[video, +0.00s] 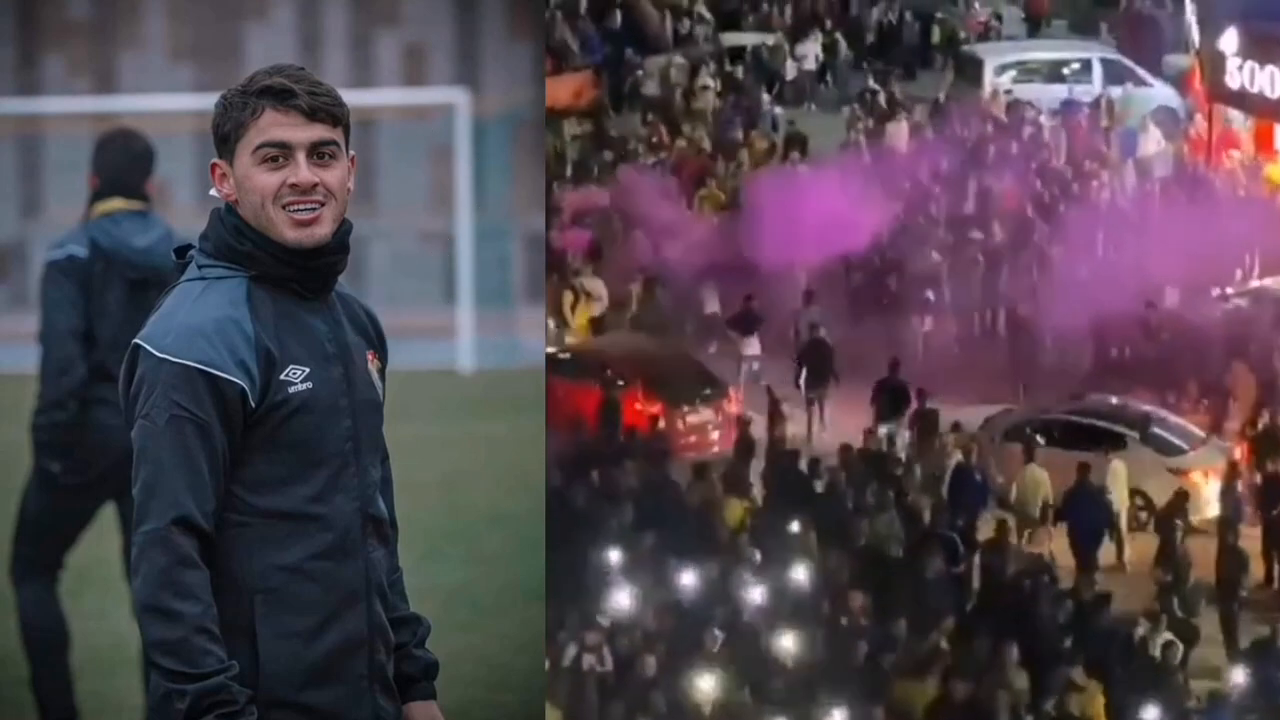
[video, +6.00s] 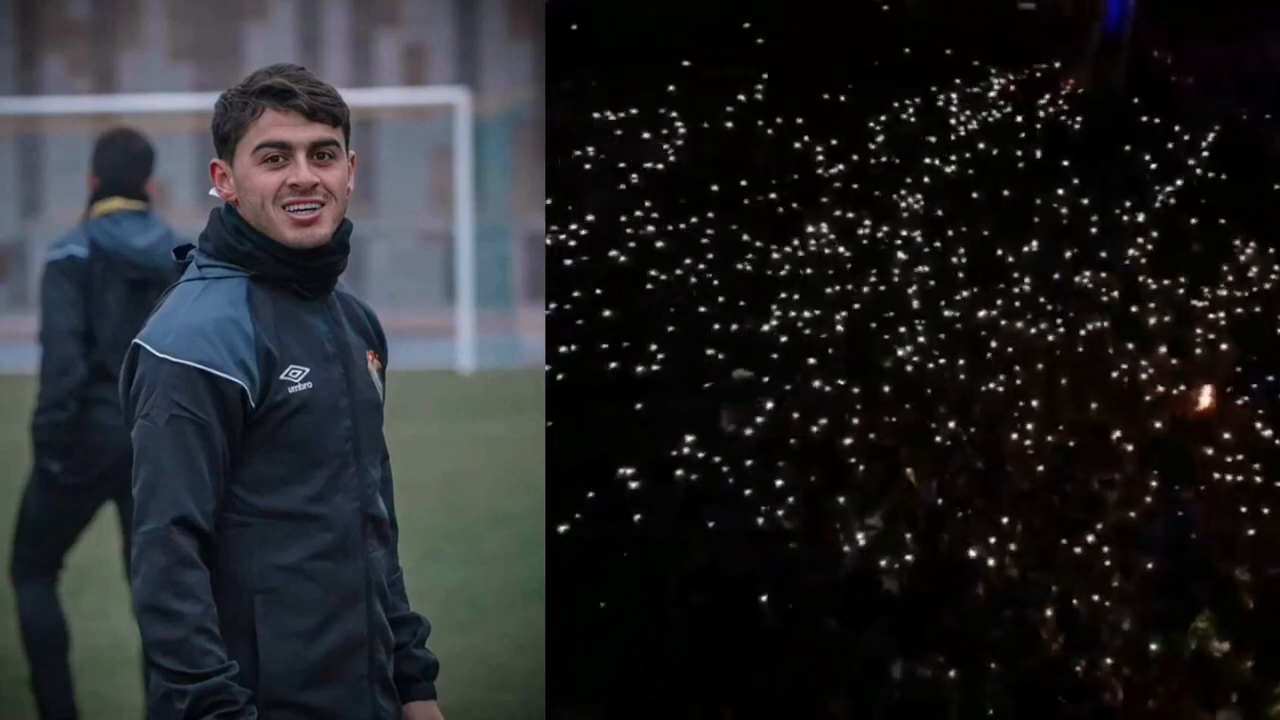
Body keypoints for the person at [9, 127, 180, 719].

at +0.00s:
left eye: (94, 173)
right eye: (149, 178)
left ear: (94, 180)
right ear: (152, 185)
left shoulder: (73, 252)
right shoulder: (177, 254)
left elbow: (65, 361)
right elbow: (190, 351)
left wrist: (51, 441)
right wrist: (174, 429)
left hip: (88, 448)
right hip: (158, 447)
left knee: (34, 569)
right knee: (156, 580)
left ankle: (57, 709)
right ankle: (167, 706)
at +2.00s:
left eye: (93, 173)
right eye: (150, 178)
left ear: (94, 179)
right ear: (152, 185)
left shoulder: (73, 254)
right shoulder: (178, 255)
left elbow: (65, 363)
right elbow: (191, 352)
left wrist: (51, 442)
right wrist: (174, 429)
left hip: (87, 449)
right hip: (158, 448)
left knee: (33, 570)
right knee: (157, 581)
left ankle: (57, 707)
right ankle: (167, 704)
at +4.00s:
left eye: (92, 173)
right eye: (150, 178)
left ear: (94, 180)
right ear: (152, 185)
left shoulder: (73, 254)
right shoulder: (178, 255)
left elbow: (65, 363)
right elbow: (191, 352)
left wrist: (51, 442)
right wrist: (175, 429)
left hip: (87, 449)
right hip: (158, 448)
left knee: (34, 570)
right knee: (157, 580)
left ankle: (57, 707)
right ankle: (167, 704)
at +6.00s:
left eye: (92, 173)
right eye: (150, 178)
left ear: (94, 180)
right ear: (152, 185)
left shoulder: (73, 254)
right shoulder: (178, 255)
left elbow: (65, 363)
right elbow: (191, 352)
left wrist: (51, 442)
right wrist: (175, 429)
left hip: (87, 449)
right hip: (158, 448)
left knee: (34, 570)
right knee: (157, 580)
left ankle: (57, 707)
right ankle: (167, 704)